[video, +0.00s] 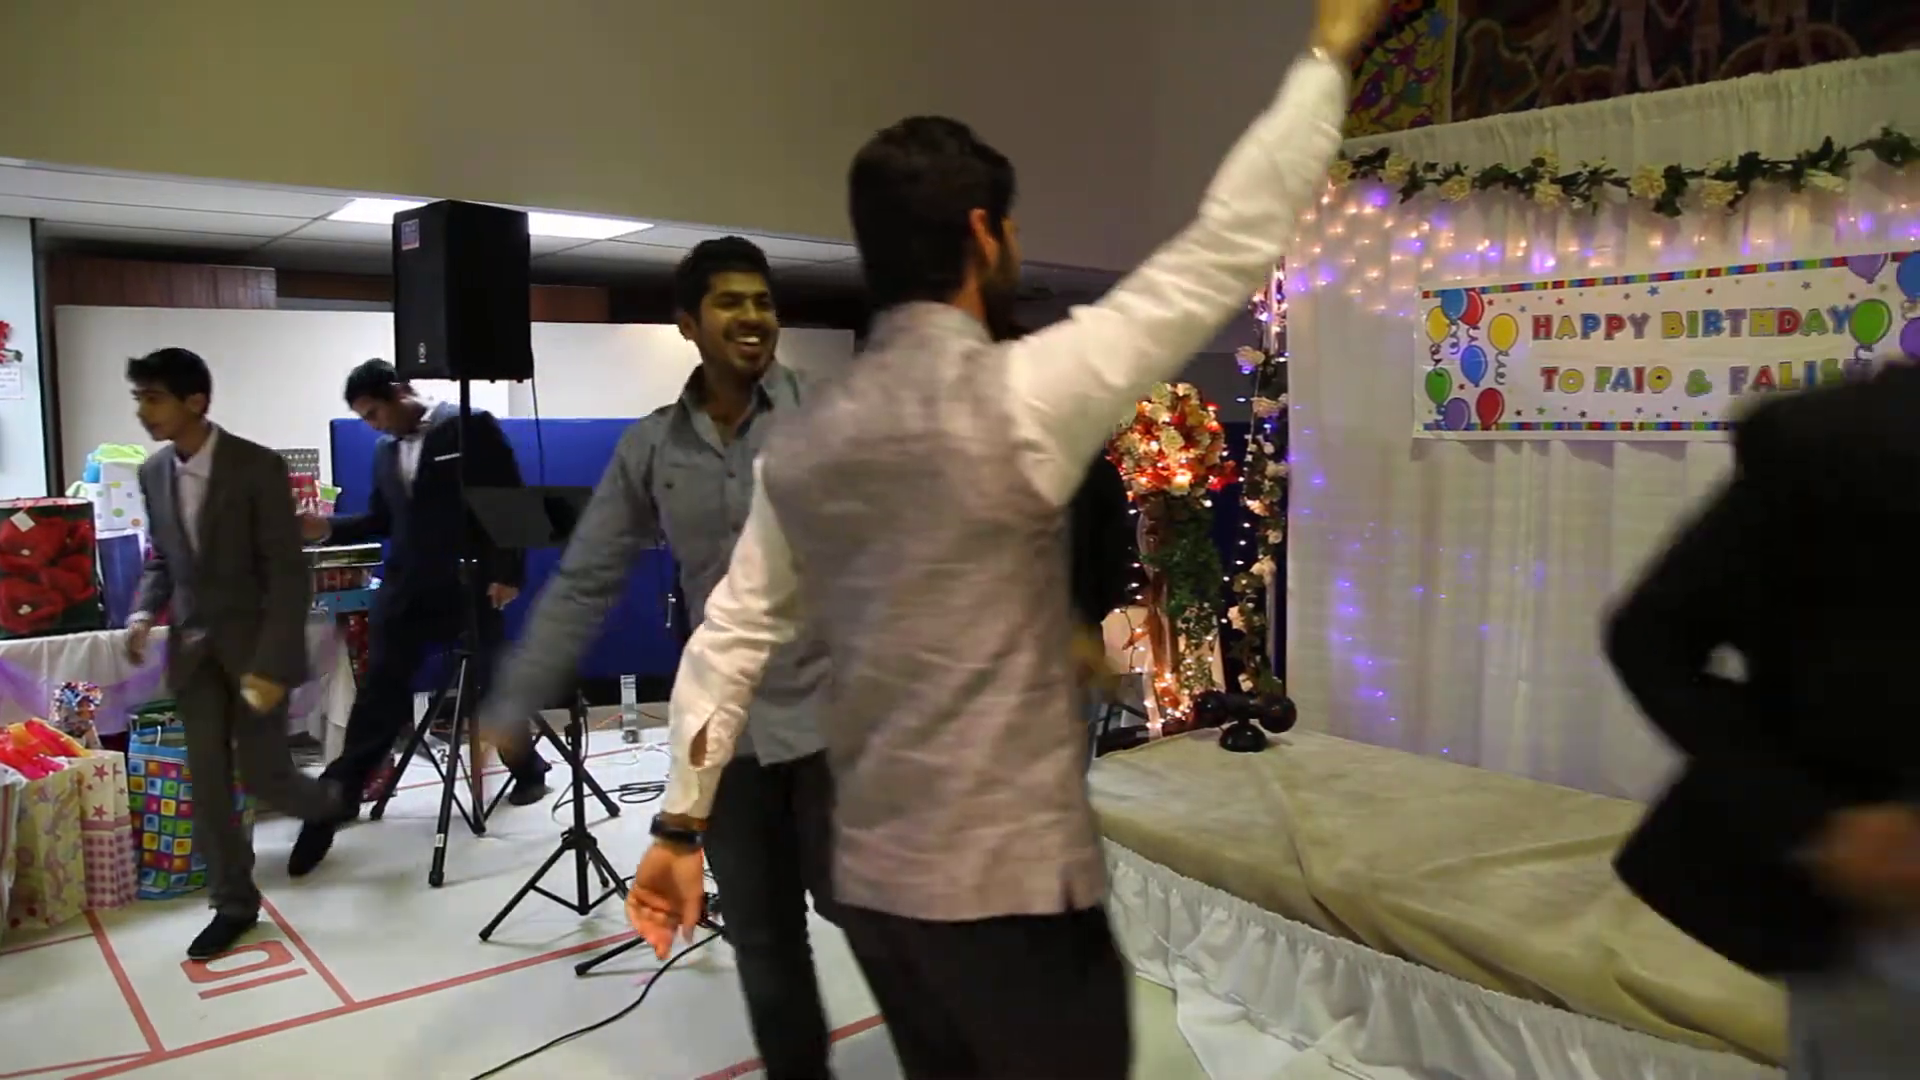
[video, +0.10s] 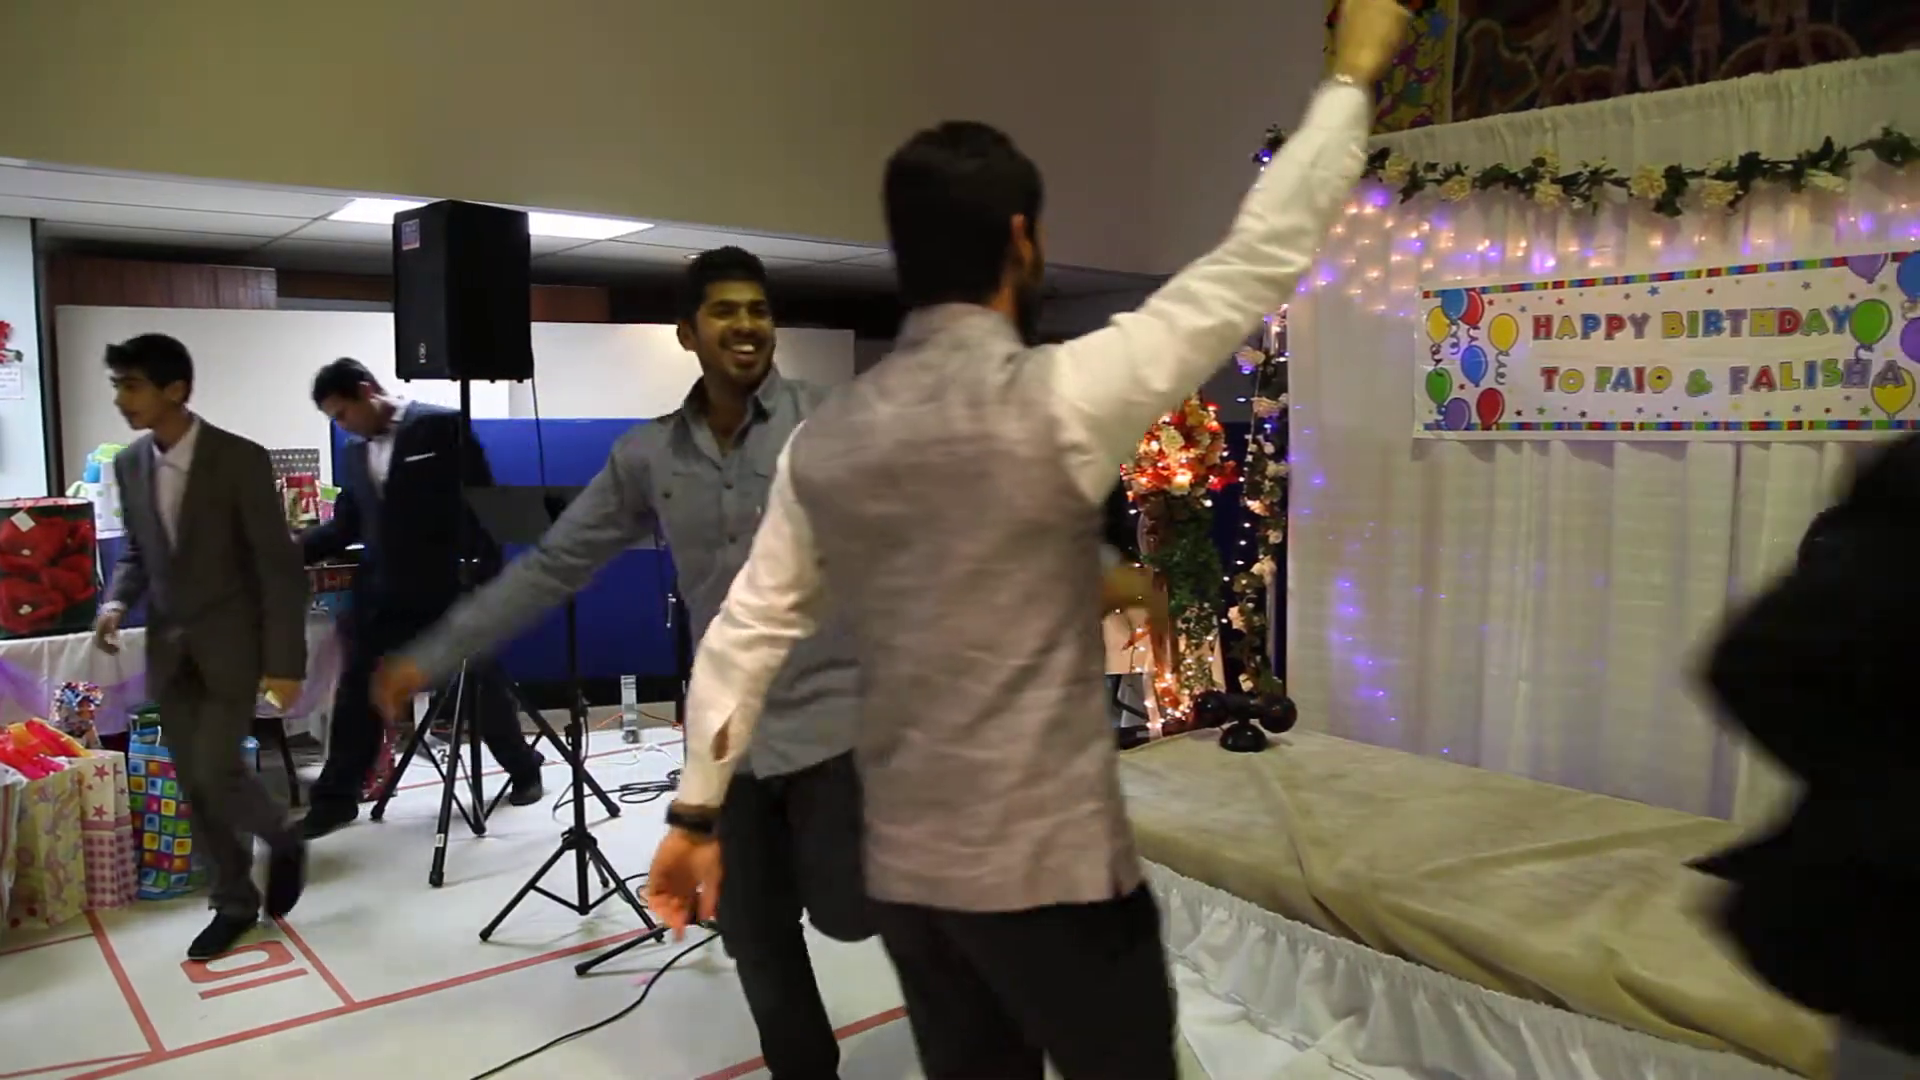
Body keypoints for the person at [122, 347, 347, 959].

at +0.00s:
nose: (141, 411)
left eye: (152, 399)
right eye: (138, 400)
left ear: (194, 400)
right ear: (155, 404)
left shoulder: (258, 466)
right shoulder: (154, 474)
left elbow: (290, 572)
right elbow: (162, 561)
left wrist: (274, 665)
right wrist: (145, 613)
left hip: (253, 646)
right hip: (193, 649)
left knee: (264, 775)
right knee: (209, 782)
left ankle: (328, 807)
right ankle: (236, 904)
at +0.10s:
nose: (118, 399)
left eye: (129, 387)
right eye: (116, 387)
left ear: (174, 389)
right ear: (139, 394)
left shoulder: (241, 458)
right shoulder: (129, 466)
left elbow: (281, 565)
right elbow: (137, 553)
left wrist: (284, 662)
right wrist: (116, 603)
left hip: (231, 644)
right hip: (168, 647)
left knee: (215, 773)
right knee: (196, 783)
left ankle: (283, 836)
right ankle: (234, 903)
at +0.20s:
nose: (95, 393)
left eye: (107, 381)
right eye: (94, 381)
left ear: (153, 386)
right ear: (122, 388)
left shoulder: (221, 459)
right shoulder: (105, 462)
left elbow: (276, 565)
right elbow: (108, 553)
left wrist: (282, 664)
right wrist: (90, 603)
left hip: (213, 640)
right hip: (147, 645)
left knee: (183, 771)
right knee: (181, 777)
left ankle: (229, 911)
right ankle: (230, 897)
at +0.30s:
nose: (70, 401)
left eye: (82, 388)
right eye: (67, 388)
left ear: (130, 393)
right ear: (96, 396)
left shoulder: (200, 473)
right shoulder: (81, 471)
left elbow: (258, 578)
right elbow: (81, 566)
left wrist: (270, 684)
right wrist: (63, 623)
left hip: (188, 666)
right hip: (126, 669)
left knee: (167, 811)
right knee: (179, 799)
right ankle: (238, 899)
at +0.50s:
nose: (10, 405)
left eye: (23, 392)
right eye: (10, 391)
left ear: (74, 398)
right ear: (46, 401)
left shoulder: (142, 491)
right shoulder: (25, 482)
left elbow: (175, 614)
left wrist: (175, 731)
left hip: (119, 690)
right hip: (52, 694)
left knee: (80, 847)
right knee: (96, 831)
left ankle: (100, 1017)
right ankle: (199, 884)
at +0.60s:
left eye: (3, 388)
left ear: (38, 389)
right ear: (25, 391)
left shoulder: (105, 486)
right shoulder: (4, 475)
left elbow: (127, 623)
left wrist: (97, 745)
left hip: (70, 712)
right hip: (9, 710)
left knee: (66, 870)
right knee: (23, 858)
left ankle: (100, 1017)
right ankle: (139, 891)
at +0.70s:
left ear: (8, 376)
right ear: (11, 377)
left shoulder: (59, 475)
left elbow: (66, 624)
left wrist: (21, 727)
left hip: (63, 713)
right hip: (33, 710)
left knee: (69, 870)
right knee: (20, 872)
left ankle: (103, 1013)